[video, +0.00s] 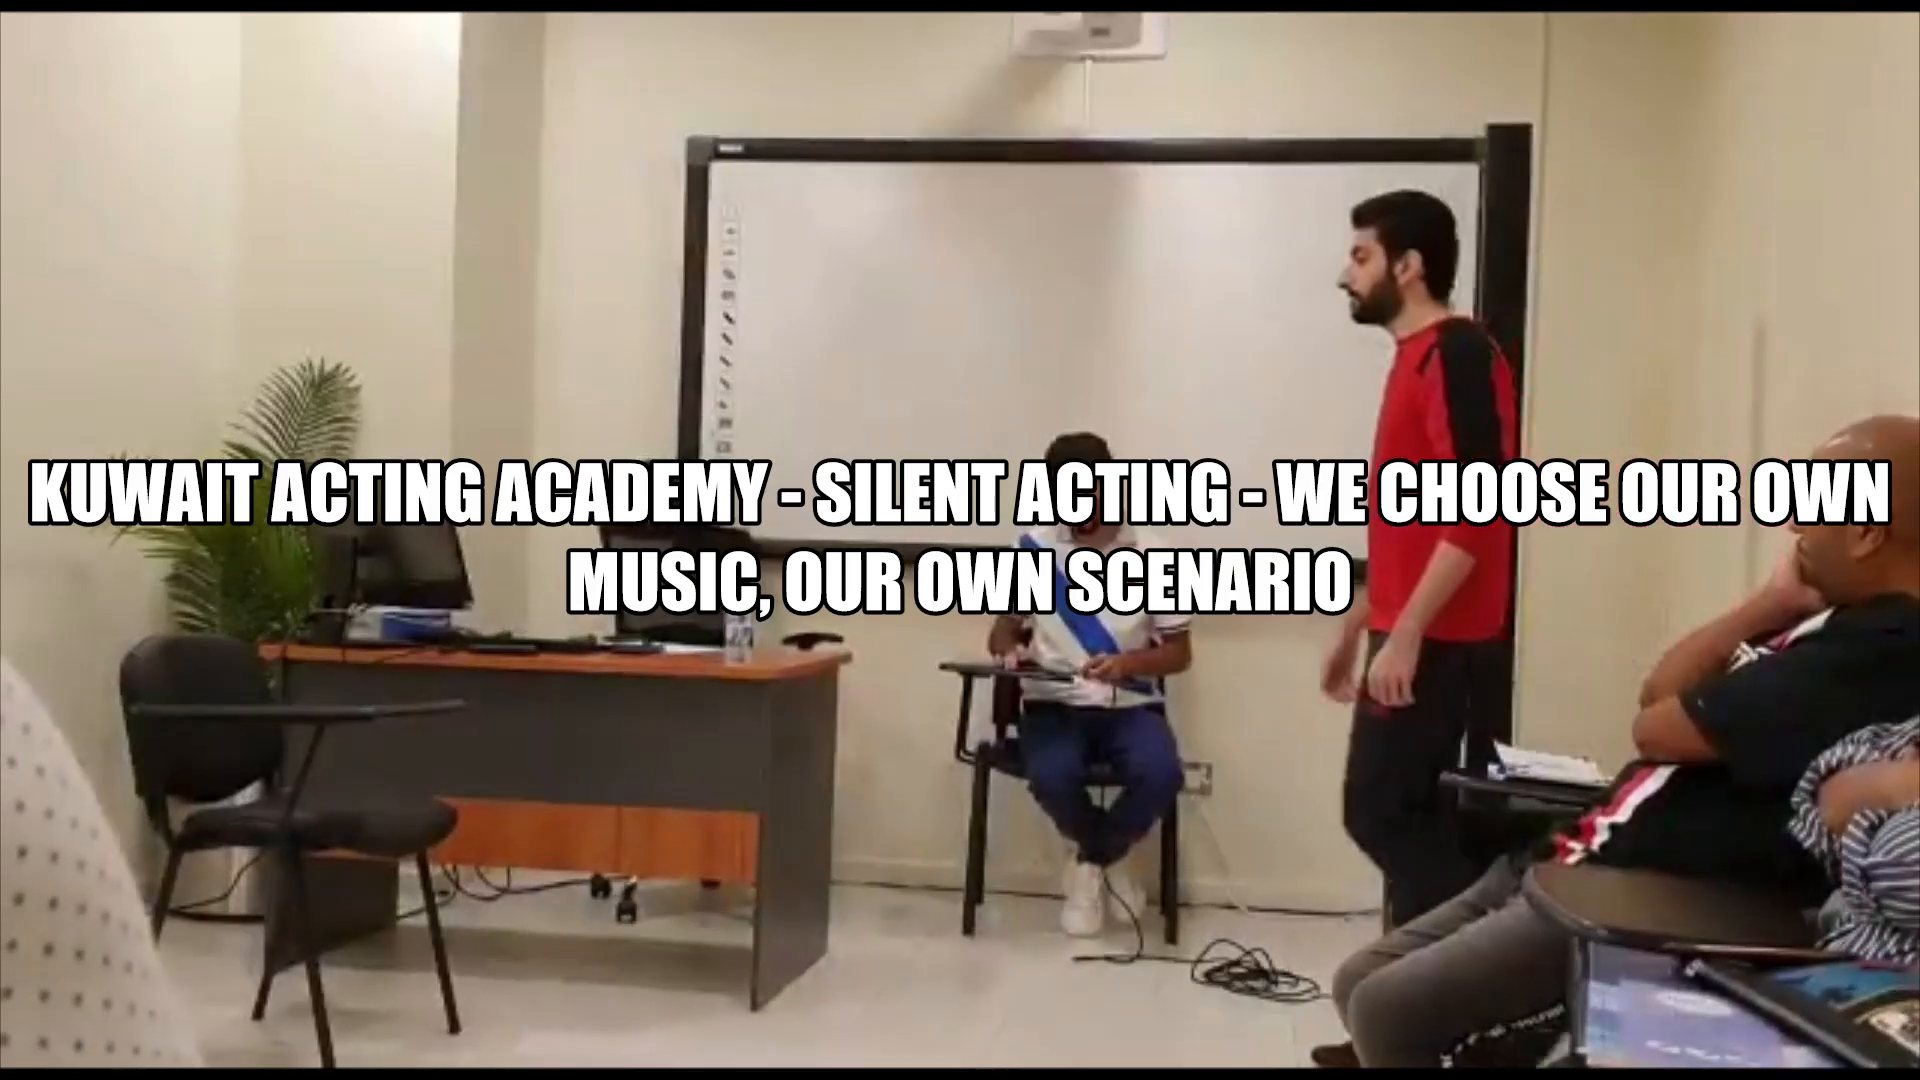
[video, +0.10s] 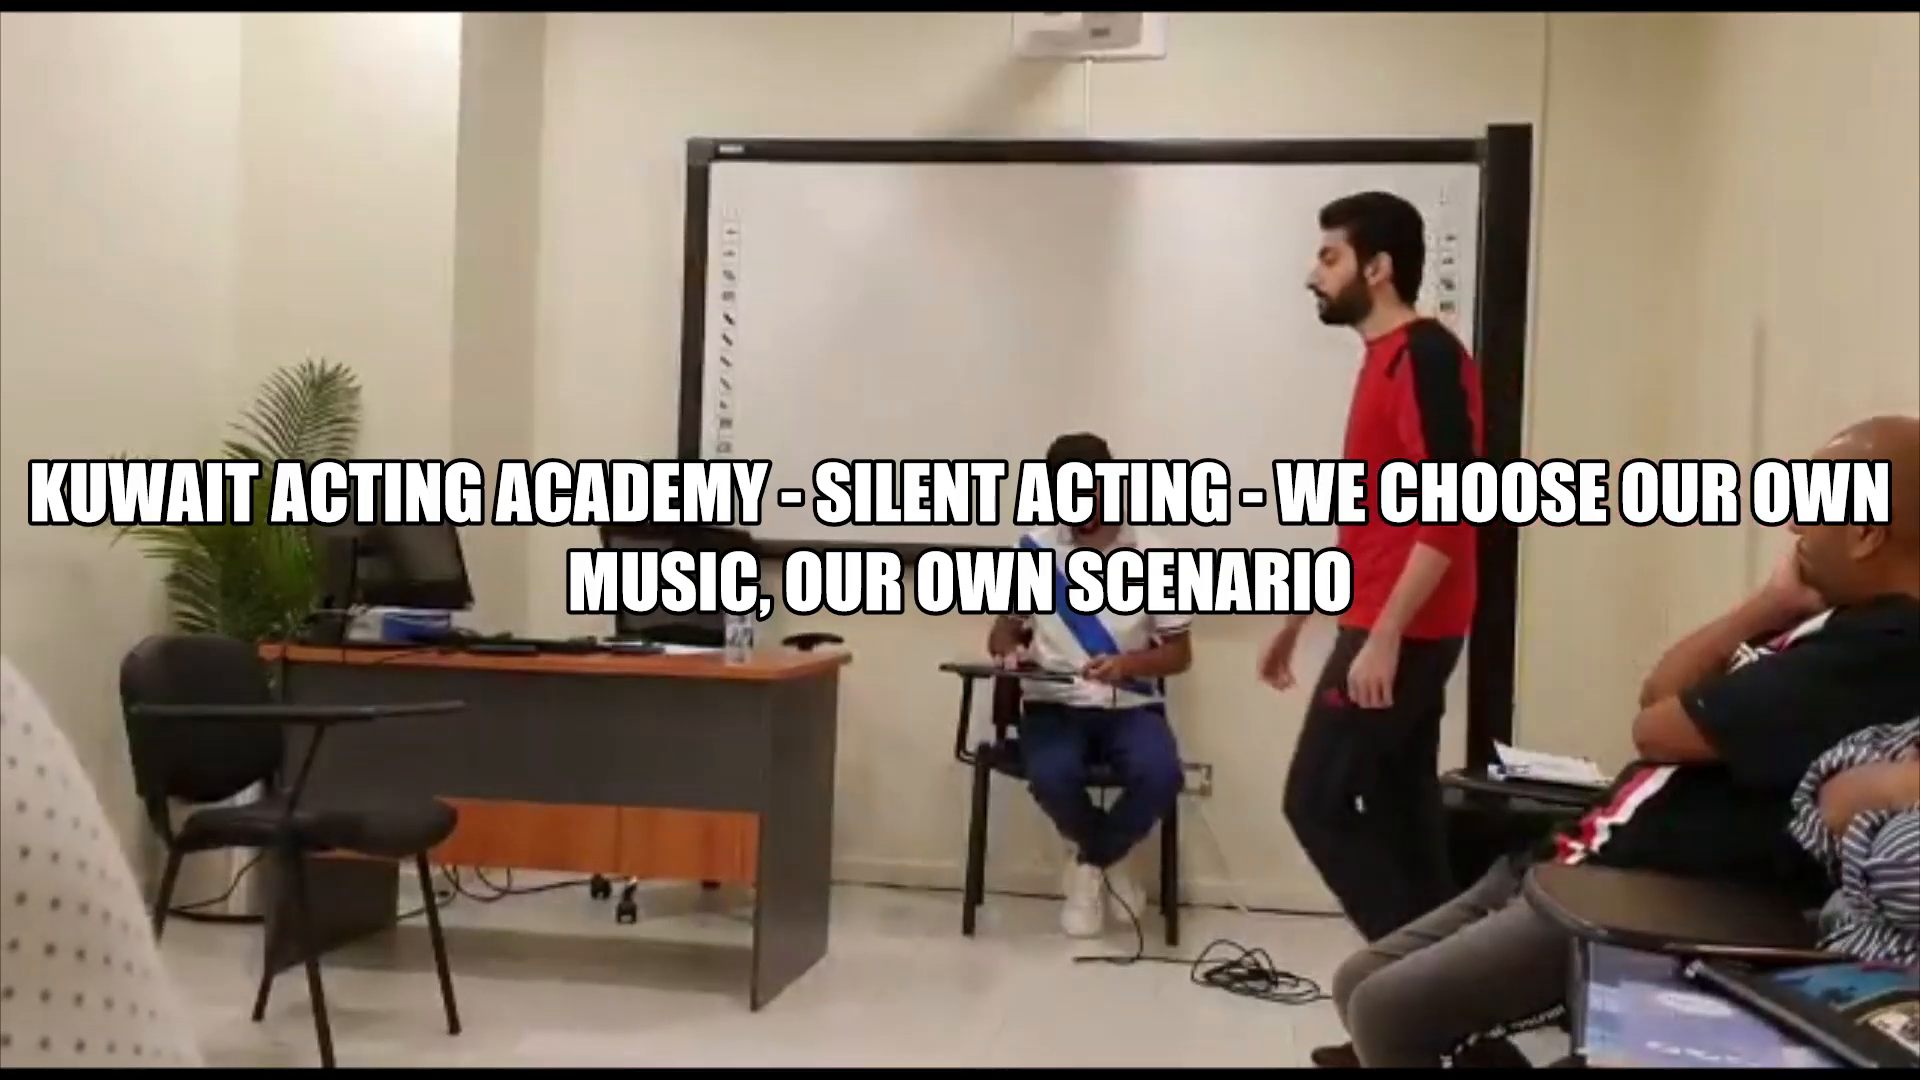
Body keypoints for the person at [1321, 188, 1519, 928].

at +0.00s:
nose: (1346, 273)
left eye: (1359, 256)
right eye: (1350, 255)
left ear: (1408, 265)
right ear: (1403, 266)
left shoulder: (1459, 353)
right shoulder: (1415, 357)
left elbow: (1474, 517)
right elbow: (1399, 520)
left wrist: (1407, 637)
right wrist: (1358, 626)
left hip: (1448, 643)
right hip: (1417, 640)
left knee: (1387, 815)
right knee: (1400, 815)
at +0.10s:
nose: (1315, 273)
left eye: (1329, 256)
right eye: (1318, 256)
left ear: (1379, 266)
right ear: (1376, 268)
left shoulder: (1427, 353)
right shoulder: (1384, 359)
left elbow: (1451, 514)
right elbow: (1364, 517)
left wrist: (1386, 633)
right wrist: (1300, 615)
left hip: (1402, 629)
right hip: (1387, 625)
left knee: (1315, 804)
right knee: (1403, 811)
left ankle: (1420, 967)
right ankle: (1445, 979)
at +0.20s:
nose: (1281, 275)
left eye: (1296, 260)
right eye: (1284, 260)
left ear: (1346, 271)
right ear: (1338, 273)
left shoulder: (1392, 359)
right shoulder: (1346, 363)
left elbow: (1415, 524)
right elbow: (1333, 520)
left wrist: (1362, 644)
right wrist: (1256, 610)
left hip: (1362, 633)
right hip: (1358, 628)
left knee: (1273, 810)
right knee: (1389, 826)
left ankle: (1298, 1022)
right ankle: (1429, 1020)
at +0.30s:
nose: (1239, 283)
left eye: (1255, 267)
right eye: (1243, 267)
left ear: (1308, 279)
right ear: (1299, 280)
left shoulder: (1352, 369)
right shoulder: (1307, 368)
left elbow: (1389, 518)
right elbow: (1299, 522)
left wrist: (1337, 651)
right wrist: (1223, 608)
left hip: (1324, 646)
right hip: (1318, 640)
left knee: (1245, 832)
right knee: (1376, 844)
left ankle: (1172, 1025)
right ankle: (1436, 1023)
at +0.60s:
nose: (1099, 289)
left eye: (1108, 271)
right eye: (1099, 272)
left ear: (1156, 273)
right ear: (1161, 274)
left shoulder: (1217, 359)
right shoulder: (1185, 358)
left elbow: (1234, 517)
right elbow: (1182, 521)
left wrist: (1190, 658)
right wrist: (1138, 644)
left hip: (1195, 637)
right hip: (1166, 634)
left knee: (1150, 826)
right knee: (1210, 812)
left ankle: (1127, 1027)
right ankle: (1361, 976)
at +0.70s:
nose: (1060, 294)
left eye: (1068, 276)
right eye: (1059, 277)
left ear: (1113, 274)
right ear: (1122, 275)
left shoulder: (1173, 361)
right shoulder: (1160, 355)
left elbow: (1169, 520)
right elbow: (1155, 513)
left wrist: (1118, 649)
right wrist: (1117, 639)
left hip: (1167, 626)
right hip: (1153, 623)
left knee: (1134, 810)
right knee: (1139, 806)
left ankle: (1126, 1025)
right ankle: (1290, 954)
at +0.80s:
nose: (1033, 301)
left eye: (1037, 281)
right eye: (1030, 283)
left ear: (1078, 275)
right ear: (1091, 274)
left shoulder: (1139, 357)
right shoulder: (1150, 346)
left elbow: (1113, 512)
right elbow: (1123, 509)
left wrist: (1057, 633)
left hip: (1126, 632)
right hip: (1129, 628)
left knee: (1120, 814)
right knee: (1089, 793)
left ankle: (1127, 1025)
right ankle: (1194, 958)